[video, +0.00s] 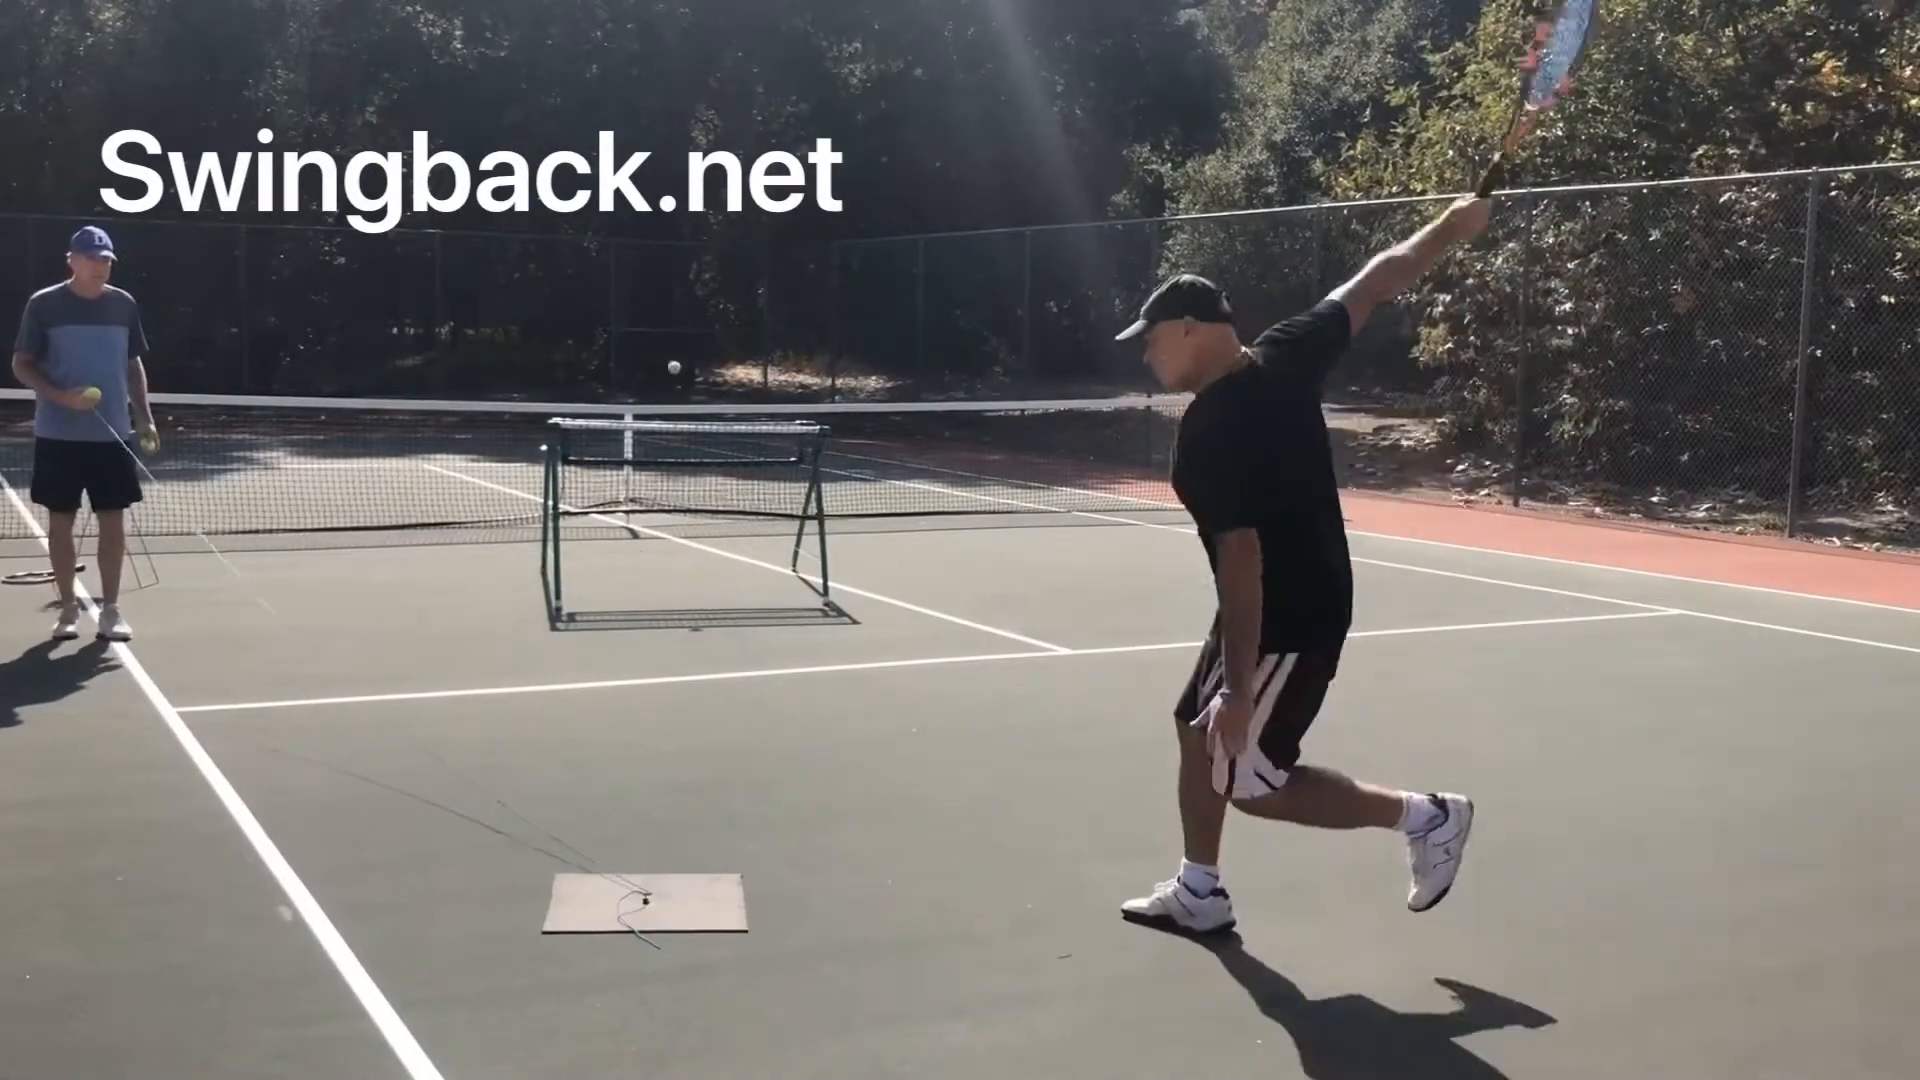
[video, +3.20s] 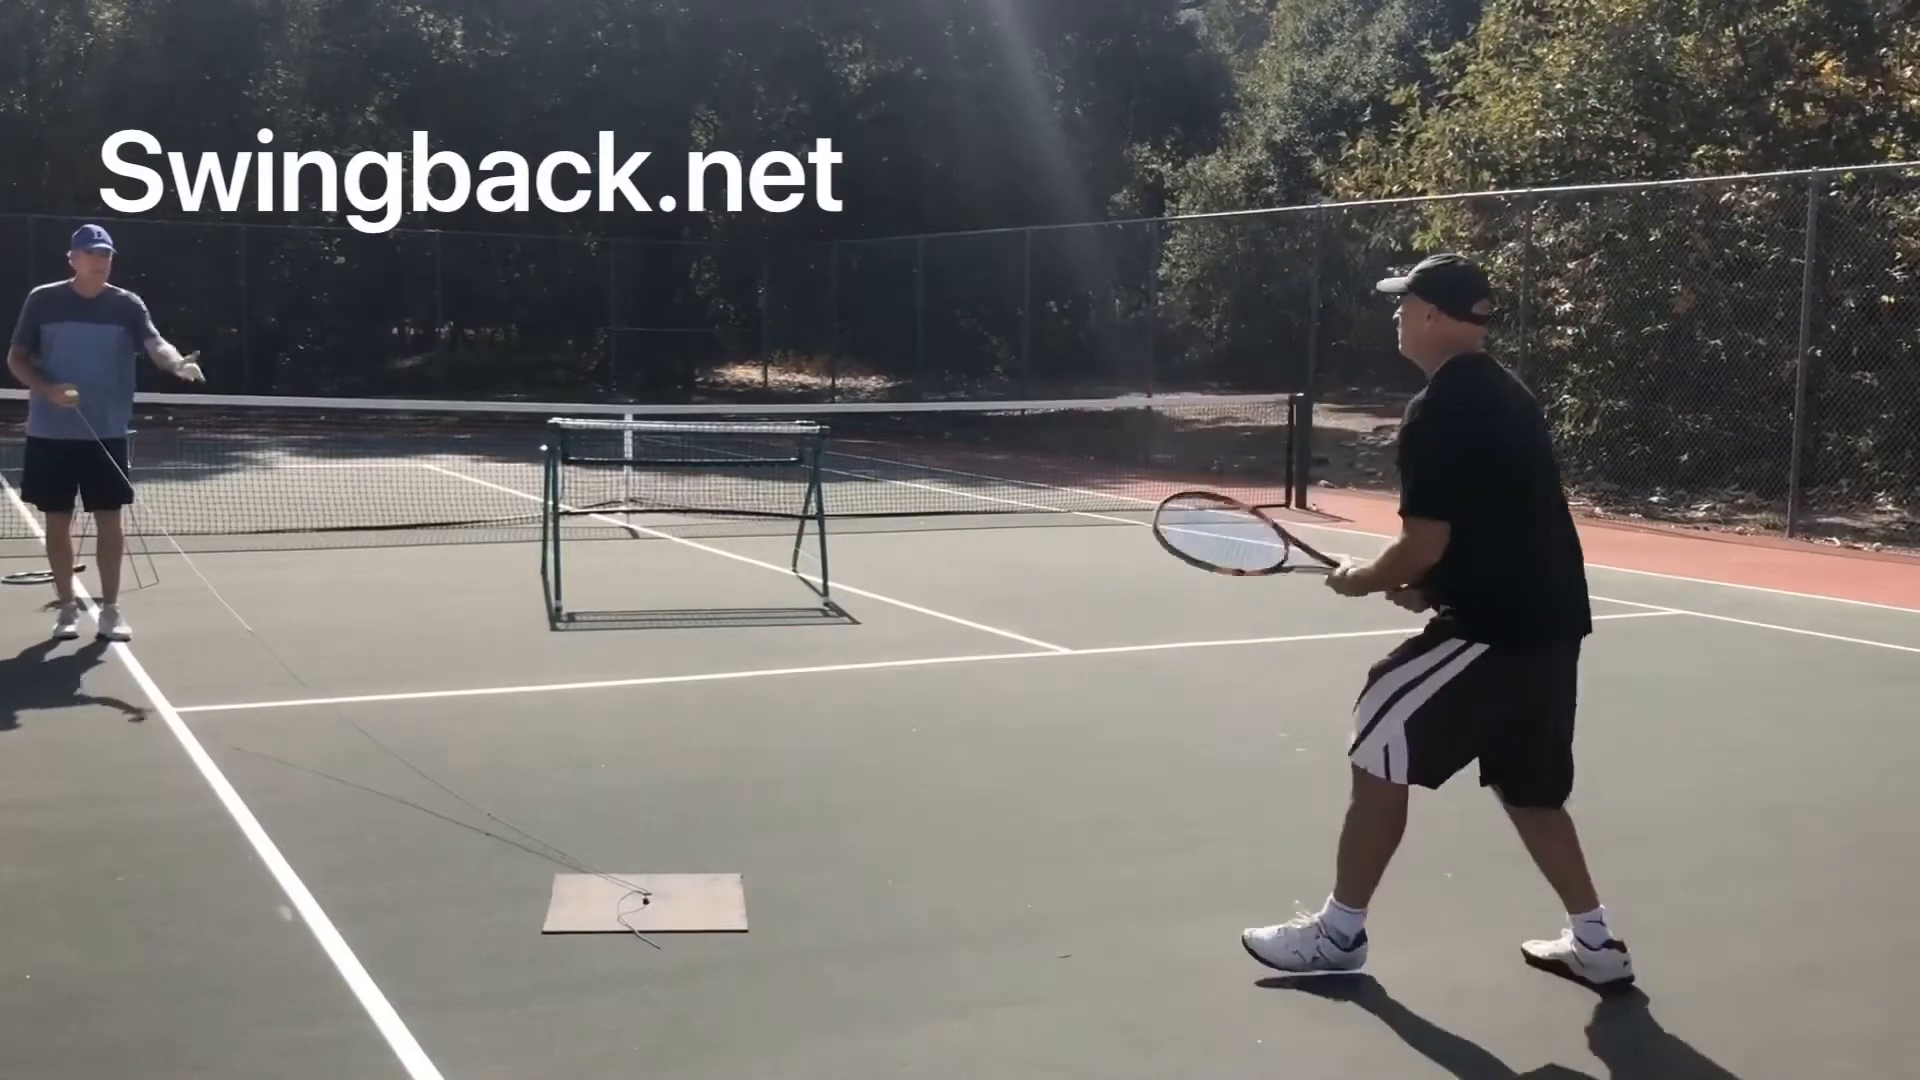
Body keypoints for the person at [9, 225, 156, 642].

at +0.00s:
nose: (100, 269)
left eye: (106, 261)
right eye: (93, 260)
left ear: (112, 264)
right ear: (72, 260)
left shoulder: (123, 304)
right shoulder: (43, 304)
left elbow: (133, 364)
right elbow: (21, 365)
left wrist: (145, 417)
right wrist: (62, 396)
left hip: (112, 437)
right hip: (60, 438)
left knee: (112, 522)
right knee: (60, 522)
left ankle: (110, 609)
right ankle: (68, 606)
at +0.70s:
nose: (107, 267)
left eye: (113, 260)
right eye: (99, 259)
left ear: (120, 263)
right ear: (80, 261)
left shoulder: (134, 309)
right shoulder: (48, 302)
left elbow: (156, 364)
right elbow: (21, 358)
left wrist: (171, 405)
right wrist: (51, 391)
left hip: (110, 439)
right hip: (56, 437)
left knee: (113, 522)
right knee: (59, 523)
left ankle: (110, 609)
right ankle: (68, 607)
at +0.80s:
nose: (111, 262)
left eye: (116, 256)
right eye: (103, 255)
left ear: (121, 260)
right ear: (81, 259)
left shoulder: (137, 306)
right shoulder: (50, 300)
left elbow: (163, 344)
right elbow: (23, 356)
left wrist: (187, 357)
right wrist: (52, 389)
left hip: (112, 435)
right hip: (58, 435)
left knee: (113, 521)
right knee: (61, 522)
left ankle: (111, 610)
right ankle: (69, 607)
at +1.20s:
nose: (105, 258)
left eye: (111, 251)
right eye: (97, 250)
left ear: (119, 257)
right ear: (79, 256)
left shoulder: (134, 302)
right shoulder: (49, 300)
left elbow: (168, 352)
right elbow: (28, 359)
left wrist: (141, 354)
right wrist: (59, 384)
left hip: (115, 434)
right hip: (61, 436)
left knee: (114, 521)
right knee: (63, 523)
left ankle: (111, 610)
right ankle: (69, 608)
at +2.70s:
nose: (95, 269)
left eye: (101, 261)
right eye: (87, 260)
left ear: (108, 264)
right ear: (67, 260)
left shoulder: (120, 305)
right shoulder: (38, 303)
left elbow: (128, 364)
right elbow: (15, 363)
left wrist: (140, 419)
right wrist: (53, 394)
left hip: (109, 437)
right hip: (54, 438)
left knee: (110, 520)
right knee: (58, 522)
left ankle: (110, 609)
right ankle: (69, 607)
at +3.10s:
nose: (99, 267)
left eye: (105, 260)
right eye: (91, 259)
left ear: (111, 264)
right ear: (72, 260)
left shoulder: (127, 308)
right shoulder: (41, 302)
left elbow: (143, 365)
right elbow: (16, 359)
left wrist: (158, 413)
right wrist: (47, 391)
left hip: (106, 438)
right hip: (51, 437)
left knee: (110, 521)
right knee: (57, 523)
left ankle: (109, 610)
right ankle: (67, 607)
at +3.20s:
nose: (101, 261)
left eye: (106, 254)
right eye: (92, 253)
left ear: (112, 259)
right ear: (73, 257)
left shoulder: (129, 306)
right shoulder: (42, 300)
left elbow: (156, 345)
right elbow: (16, 358)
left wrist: (177, 364)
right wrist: (46, 388)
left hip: (107, 436)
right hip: (52, 435)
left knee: (110, 520)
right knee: (58, 520)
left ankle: (110, 609)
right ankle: (68, 606)